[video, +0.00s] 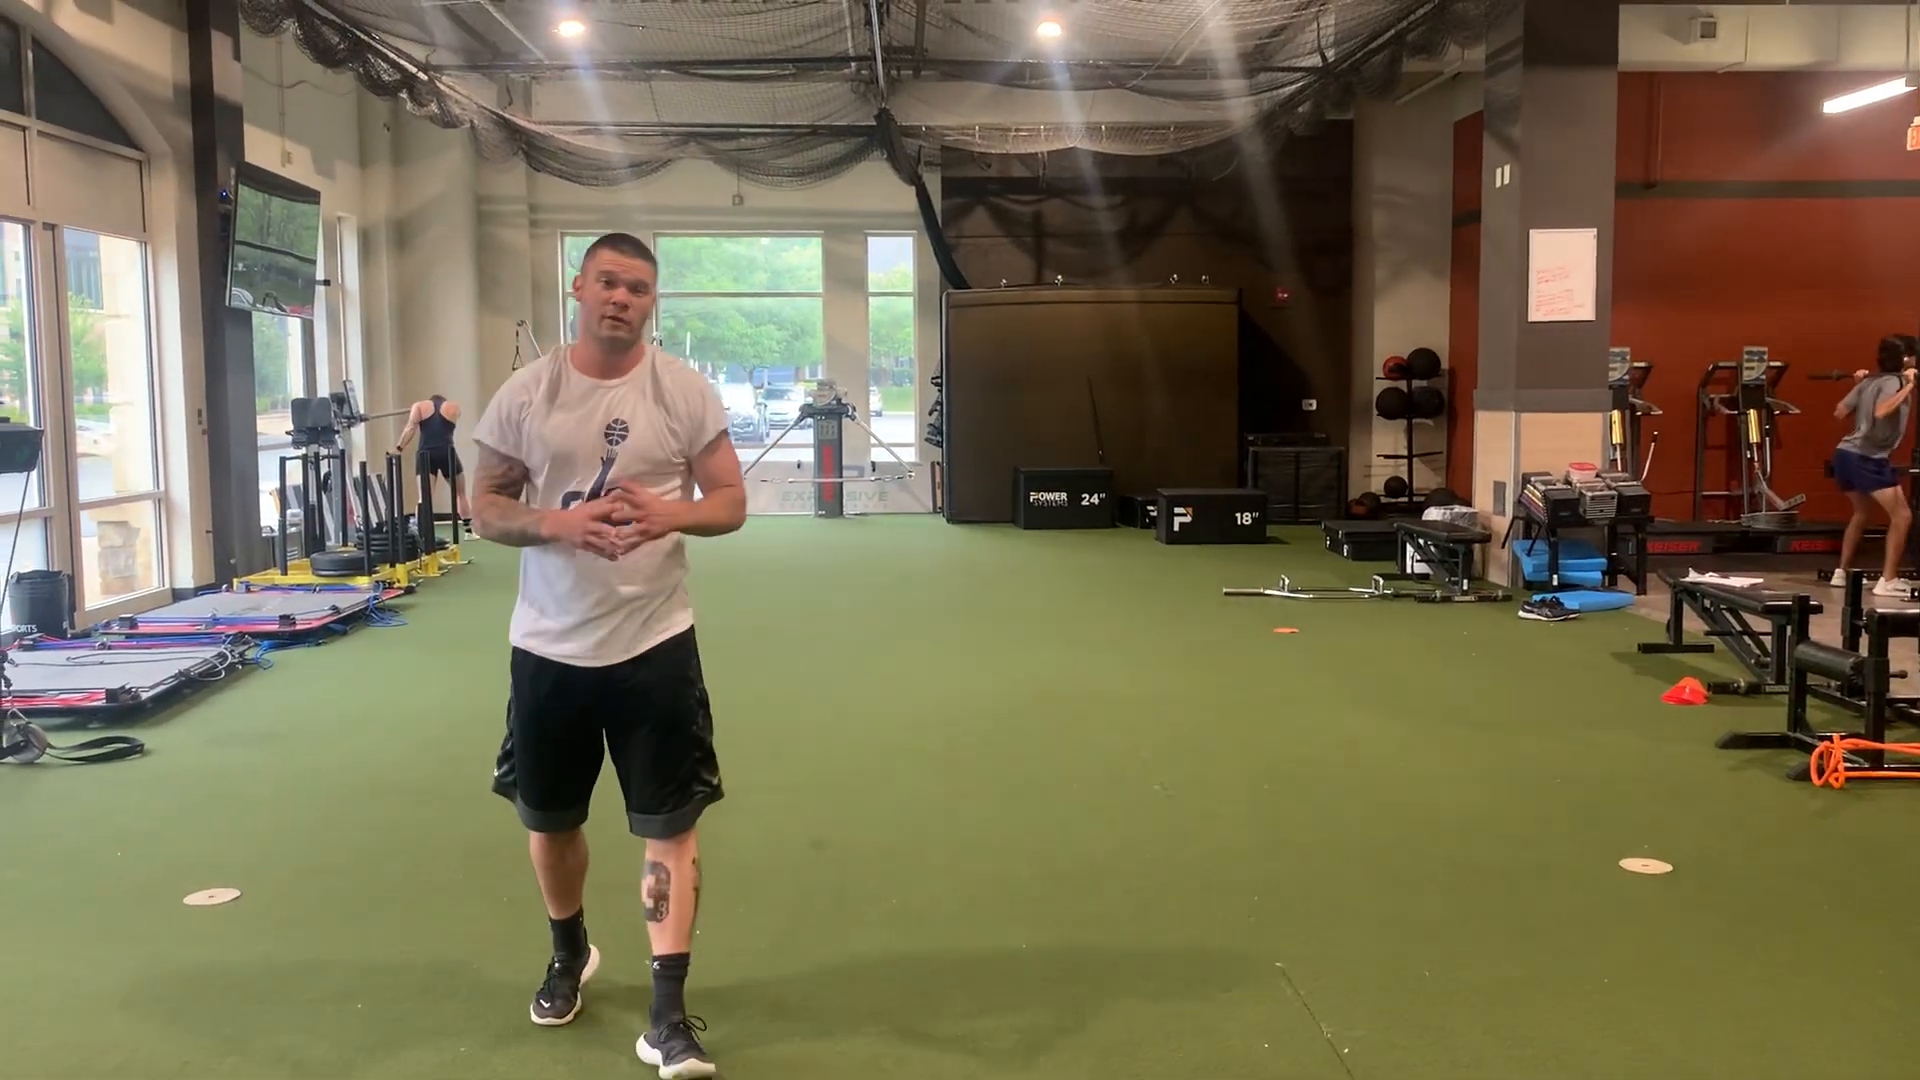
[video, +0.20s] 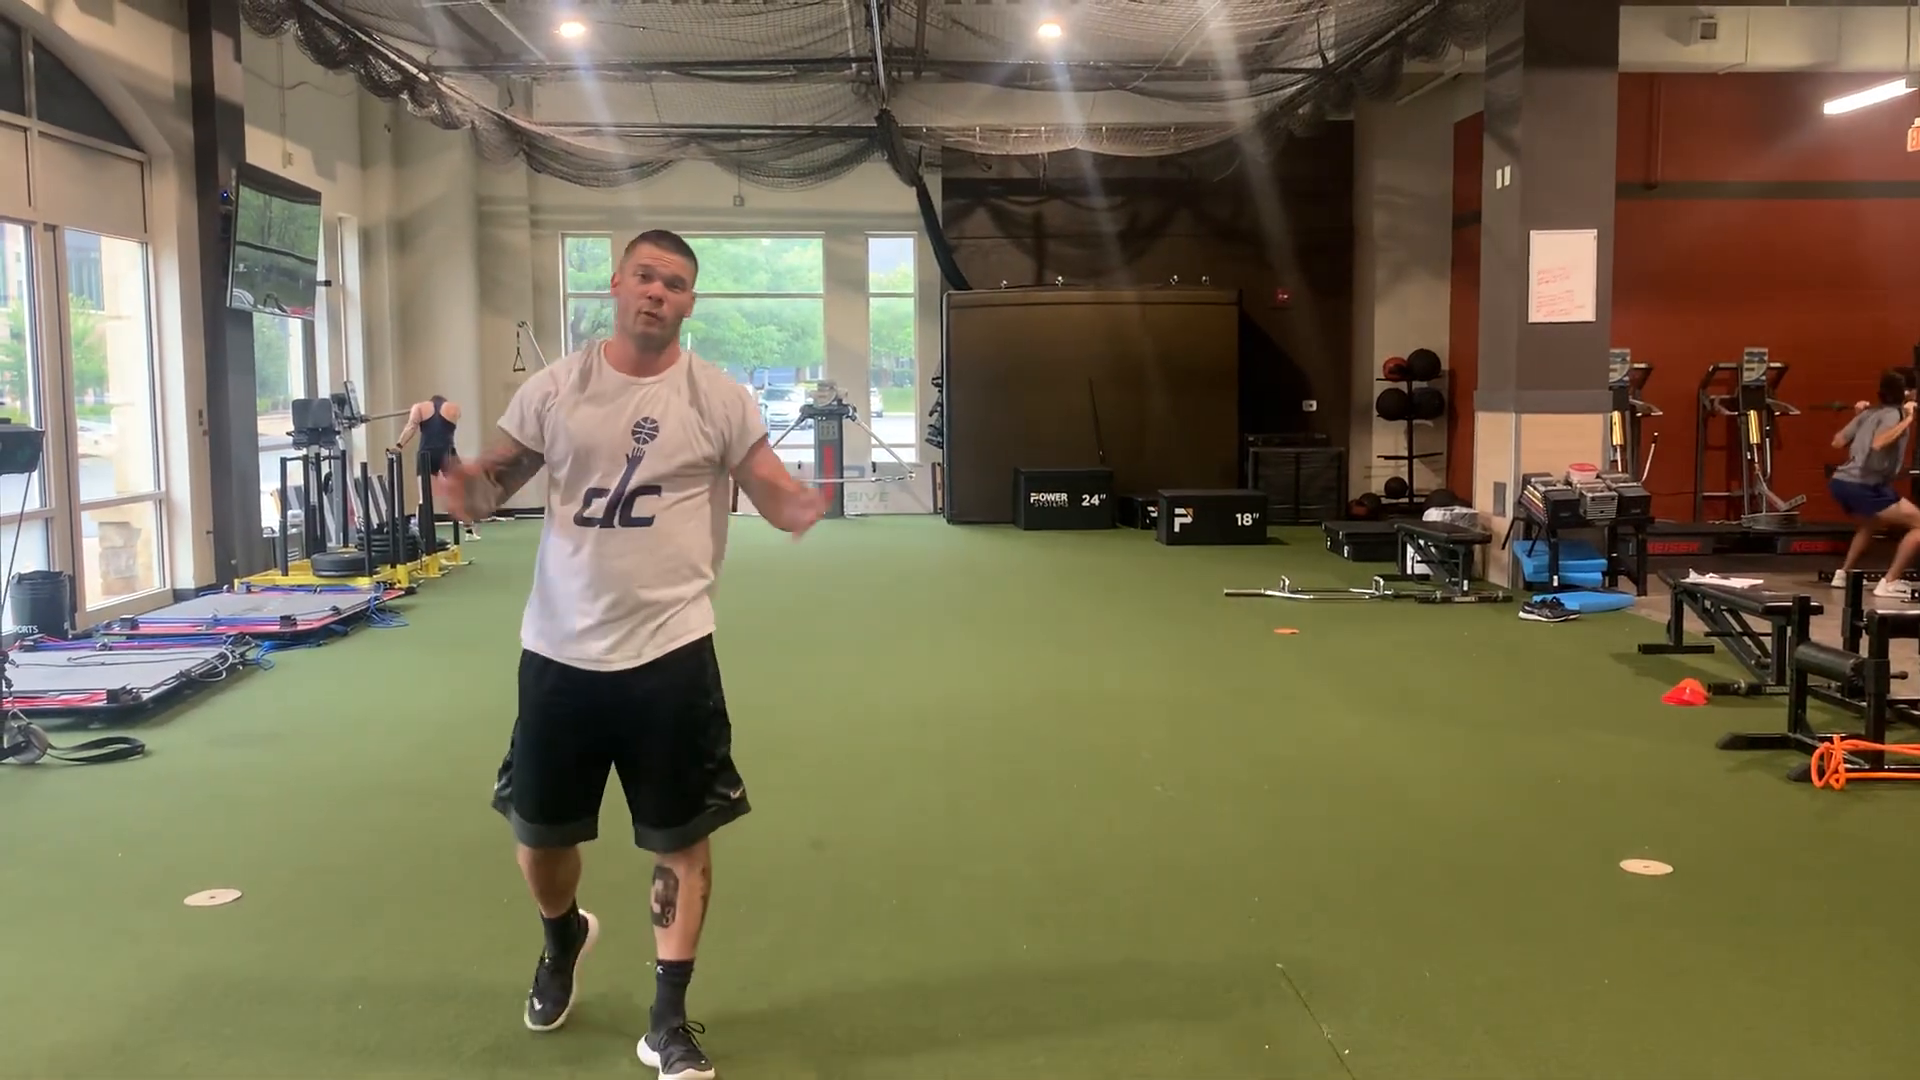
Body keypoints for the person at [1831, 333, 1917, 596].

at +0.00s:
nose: (1915, 362)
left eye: (1915, 358)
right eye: (1913, 358)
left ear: (1883, 359)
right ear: (1904, 360)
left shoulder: (1868, 383)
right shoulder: (1894, 382)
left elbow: (1840, 411)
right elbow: (1881, 411)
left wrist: (1858, 384)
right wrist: (1909, 386)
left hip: (1845, 455)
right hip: (1868, 461)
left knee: (1860, 514)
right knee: (1901, 515)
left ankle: (1841, 572)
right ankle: (1889, 579)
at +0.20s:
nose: (1915, 396)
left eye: (1914, 391)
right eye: (1912, 391)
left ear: (1883, 392)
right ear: (1904, 394)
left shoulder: (1868, 414)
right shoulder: (1894, 415)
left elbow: (1838, 441)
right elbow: (1878, 443)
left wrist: (1858, 416)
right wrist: (1908, 421)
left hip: (1841, 483)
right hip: (1865, 488)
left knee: (1869, 524)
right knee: (1917, 522)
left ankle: (1843, 573)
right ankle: (1889, 582)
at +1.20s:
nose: (1904, 366)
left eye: (1904, 362)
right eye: (1901, 362)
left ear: (1874, 363)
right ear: (1893, 364)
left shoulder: (1859, 388)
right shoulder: (1884, 387)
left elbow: (1831, 417)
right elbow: (1873, 416)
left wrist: (1848, 388)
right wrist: (1900, 389)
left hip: (1837, 460)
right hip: (1859, 465)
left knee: (1843, 523)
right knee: (1880, 524)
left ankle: (1828, 581)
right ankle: (1874, 589)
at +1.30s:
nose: (1902, 364)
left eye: (1901, 360)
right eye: (1899, 360)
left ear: (1871, 363)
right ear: (1890, 363)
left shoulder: (1858, 387)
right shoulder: (1883, 386)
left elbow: (1830, 416)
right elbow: (1871, 416)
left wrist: (1847, 387)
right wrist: (1899, 389)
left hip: (1836, 460)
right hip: (1858, 465)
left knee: (1840, 523)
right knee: (1876, 524)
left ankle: (1827, 582)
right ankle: (1874, 589)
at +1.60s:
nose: (1899, 406)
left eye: (1899, 402)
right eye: (1897, 402)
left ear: (1869, 404)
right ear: (1888, 405)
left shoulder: (1854, 426)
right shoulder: (1878, 428)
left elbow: (1824, 456)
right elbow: (1864, 458)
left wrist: (1842, 429)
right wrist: (1893, 433)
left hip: (1828, 495)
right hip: (1851, 501)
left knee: (1857, 535)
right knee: (1907, 537)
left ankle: (1826, 585)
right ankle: (1872, 592)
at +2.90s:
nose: (1881, 411)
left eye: (1881, 407)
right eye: (1879, 406)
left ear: (1851, 407)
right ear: (1870, 409)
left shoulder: (1837, 430)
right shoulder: (1863, 430)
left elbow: (1807, 457)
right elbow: (1849, 457)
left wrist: (1826, 432)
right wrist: (1878, 433)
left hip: (1815, 500)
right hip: (1837, 504)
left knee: (1836, 550)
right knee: (1884, 551)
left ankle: (1813, 603)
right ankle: (1859, 612)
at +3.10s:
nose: (1880, 445)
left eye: (1880, 440)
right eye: (1878, 440)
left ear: (1850, 441)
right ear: (1871, 442)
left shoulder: (1836, 463)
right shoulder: (1861, 463)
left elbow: (1808, 492)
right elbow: (1848, 492)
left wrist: (1827, 465)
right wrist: (1877, 468)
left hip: (1811, 529)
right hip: (1833, 533)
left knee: (1846, 563)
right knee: (1897, 560)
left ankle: (1814, 605)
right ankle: (1860, 614)